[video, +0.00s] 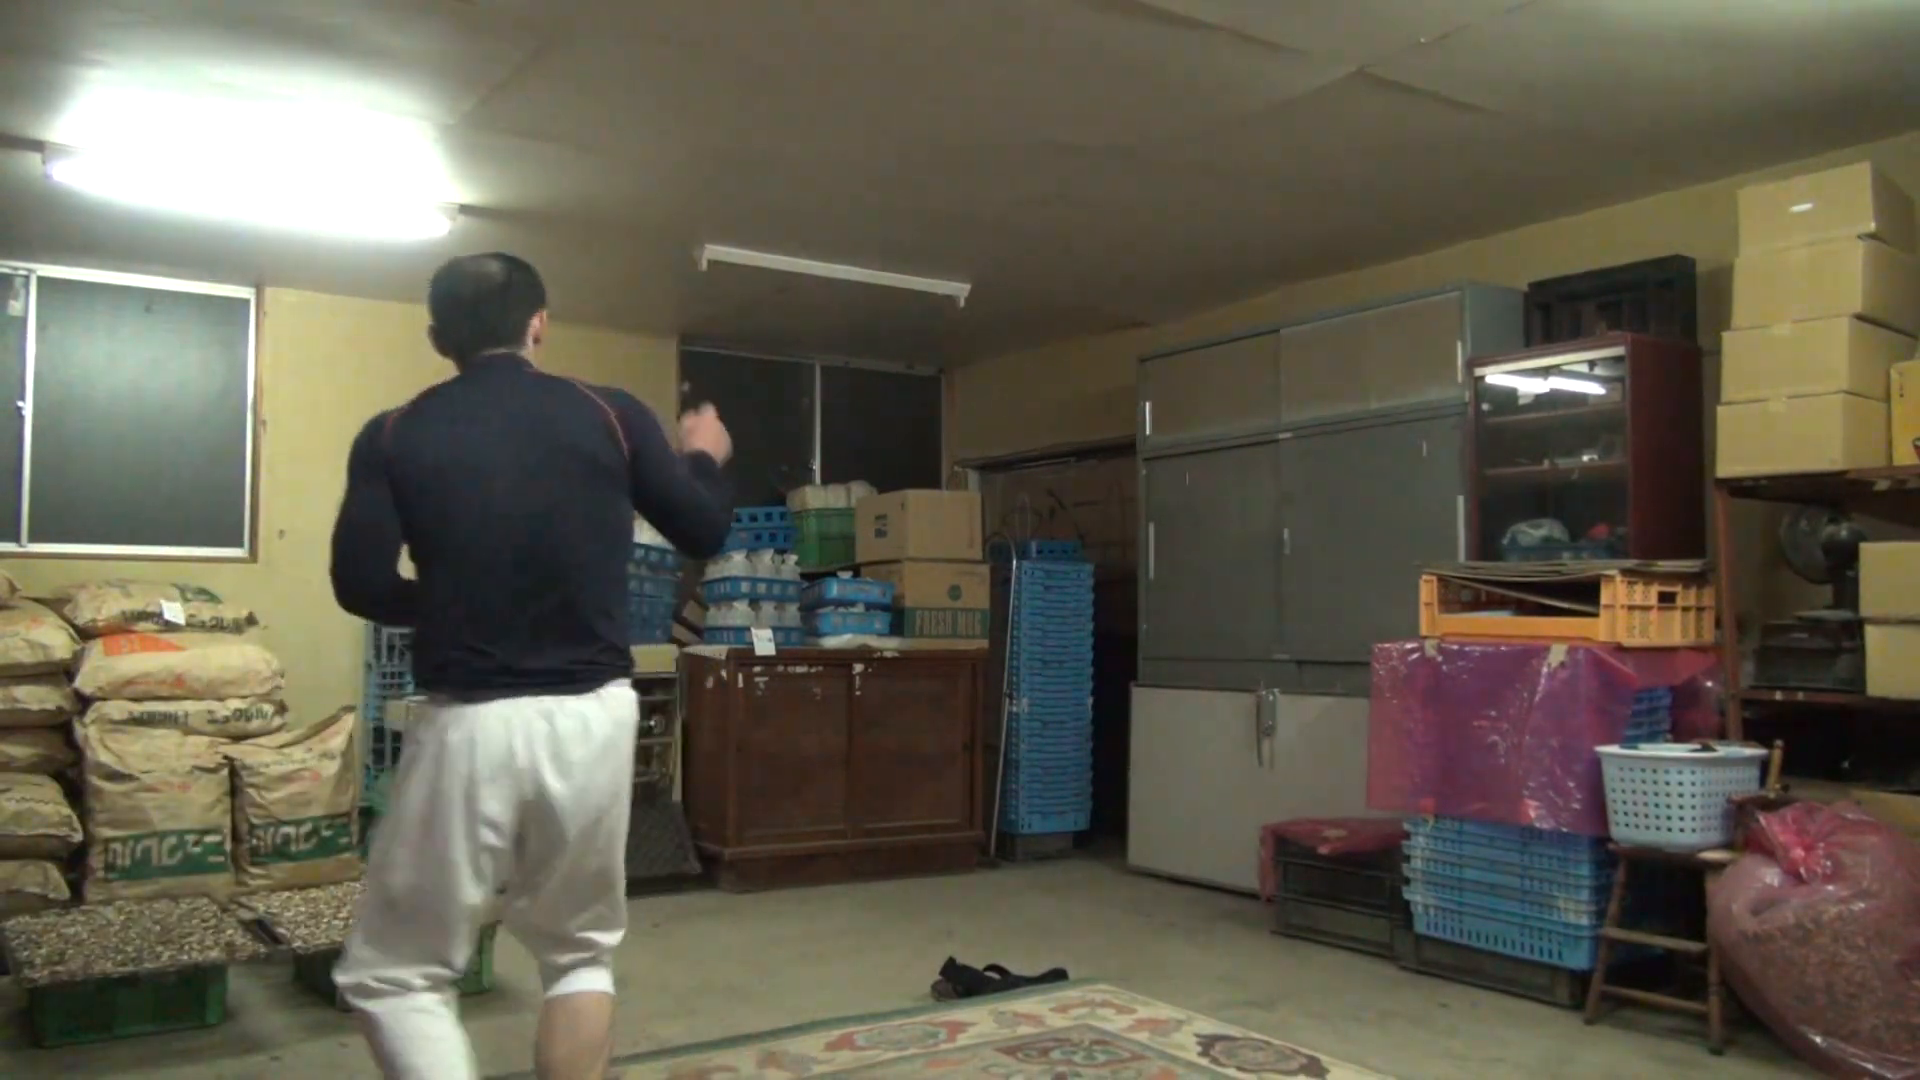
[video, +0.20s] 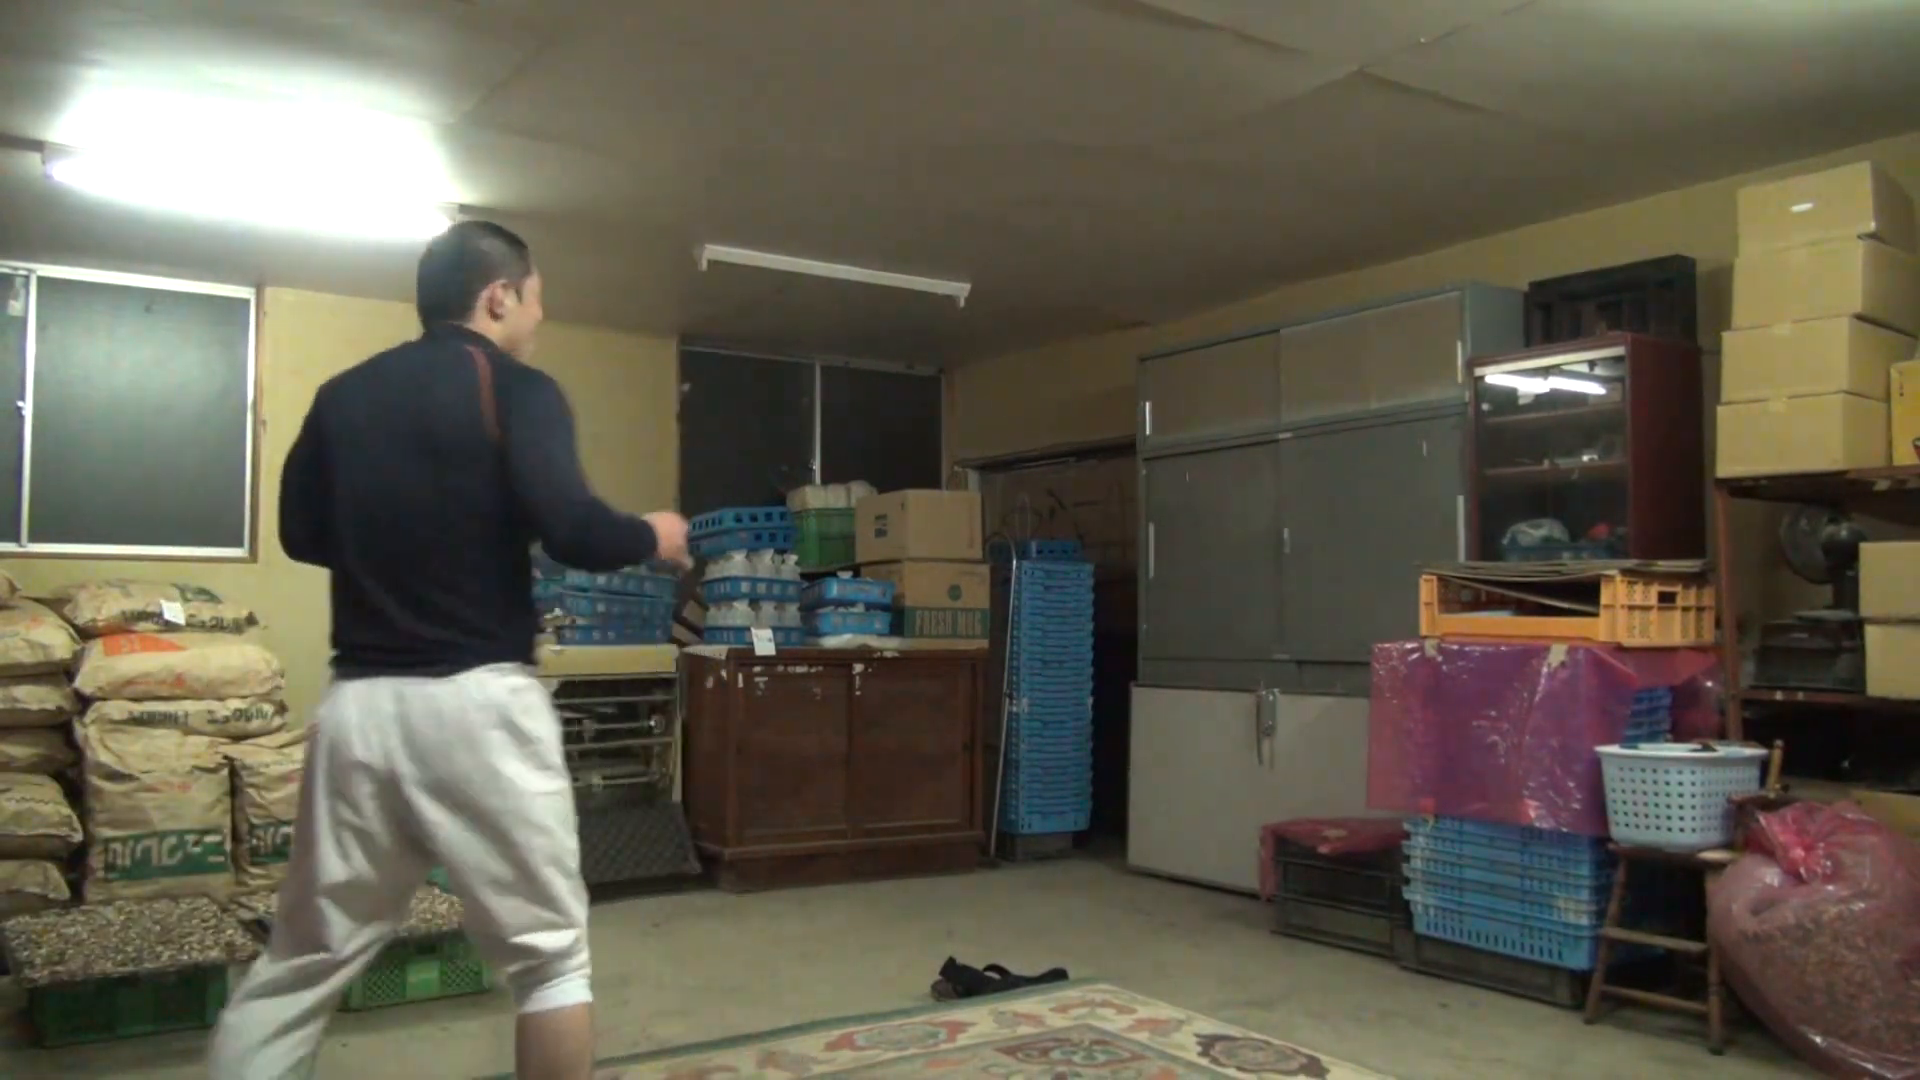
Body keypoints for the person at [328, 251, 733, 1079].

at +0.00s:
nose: (547, 328)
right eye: (545, 317)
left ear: (439, 338)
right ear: (537, 326)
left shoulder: (393, 436)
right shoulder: (609, 415)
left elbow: (360, 584)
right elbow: (703, 529)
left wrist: (452, 601)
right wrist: (705, 458)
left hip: (466, 729)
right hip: (593, 721)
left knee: (400, 974)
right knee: (580, 952)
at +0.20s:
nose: (537, 320)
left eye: (538, 302)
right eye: (533, 302)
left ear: (435, 302)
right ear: (496, 299)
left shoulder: (343, 394)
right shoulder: (515, 387)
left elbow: (303, 535)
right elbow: (570, 526)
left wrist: (411, 533)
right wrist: (649, 535)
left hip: (357, 710)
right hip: (483, 706)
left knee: (299, 966)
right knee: (551, 961)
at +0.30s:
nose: (518, 331)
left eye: (518, 312)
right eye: (509, 311)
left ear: (437, 314)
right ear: (458, 312)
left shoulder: (326, 404)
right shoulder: (444, 397)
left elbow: (293, 540)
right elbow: (468, 545)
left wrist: (450, 579)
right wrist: (598, 548)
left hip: (288, 723)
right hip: (401, 725)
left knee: (259, 981)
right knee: (518, 962)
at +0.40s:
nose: (496, 328)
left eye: (496, 309)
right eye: (486, 306)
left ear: (414, 309)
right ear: (426, 305)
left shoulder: (317, 393)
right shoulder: (389, 388)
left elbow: (326, 554)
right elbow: (376, 536)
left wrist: (449, 576)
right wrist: (527, 557)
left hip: (250, 727)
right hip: (352, 733)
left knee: (216, 1002)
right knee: (489, 957)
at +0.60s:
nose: (467, 297)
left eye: (466, 276)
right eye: (456, 273)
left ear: (381, 278)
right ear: (399, 275)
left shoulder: (271, 376)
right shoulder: (374, 357)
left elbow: (252, 542)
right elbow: (333, 506)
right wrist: (475, 576)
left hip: (226, 724)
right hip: (338, 727)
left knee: (192, 1026)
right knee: (425, 1007)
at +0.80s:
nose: (469, 273)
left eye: (466, 249)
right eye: (459, 249)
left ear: (366, 258)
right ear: (413, 252)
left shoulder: (259, 358)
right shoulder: (399, 336)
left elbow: (199, 505)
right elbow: (383, 472)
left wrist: (373, 541)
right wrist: (535, 522)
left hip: (192, 694)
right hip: (304, 701)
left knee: (182, 1010)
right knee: (357, 1014)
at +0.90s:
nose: (470, 252)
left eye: (469, 228)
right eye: (460, 226)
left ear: (360, 230)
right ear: (408, 225)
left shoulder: (258, 320)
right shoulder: (381, 301)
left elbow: (188, 461)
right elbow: (358, 435)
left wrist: (358, 510)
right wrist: (510, 494)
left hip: (171, 669)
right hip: (286, 682)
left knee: (137, 987)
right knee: (356, 984)